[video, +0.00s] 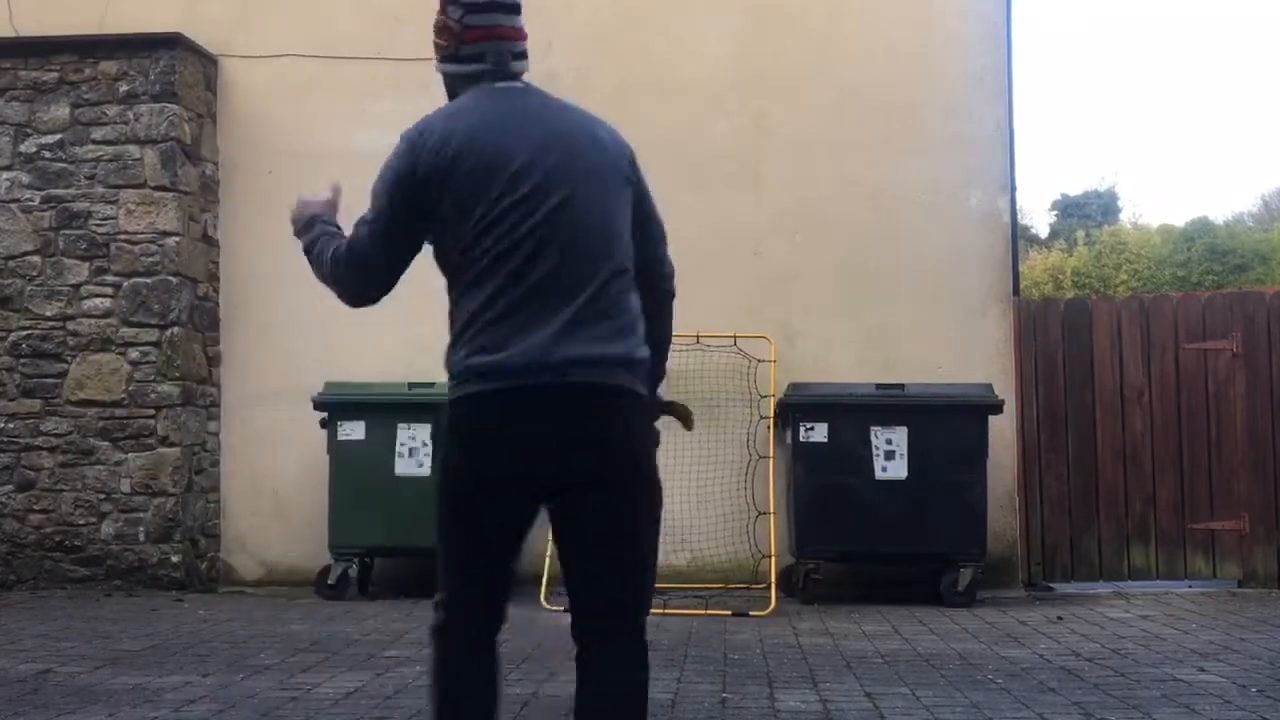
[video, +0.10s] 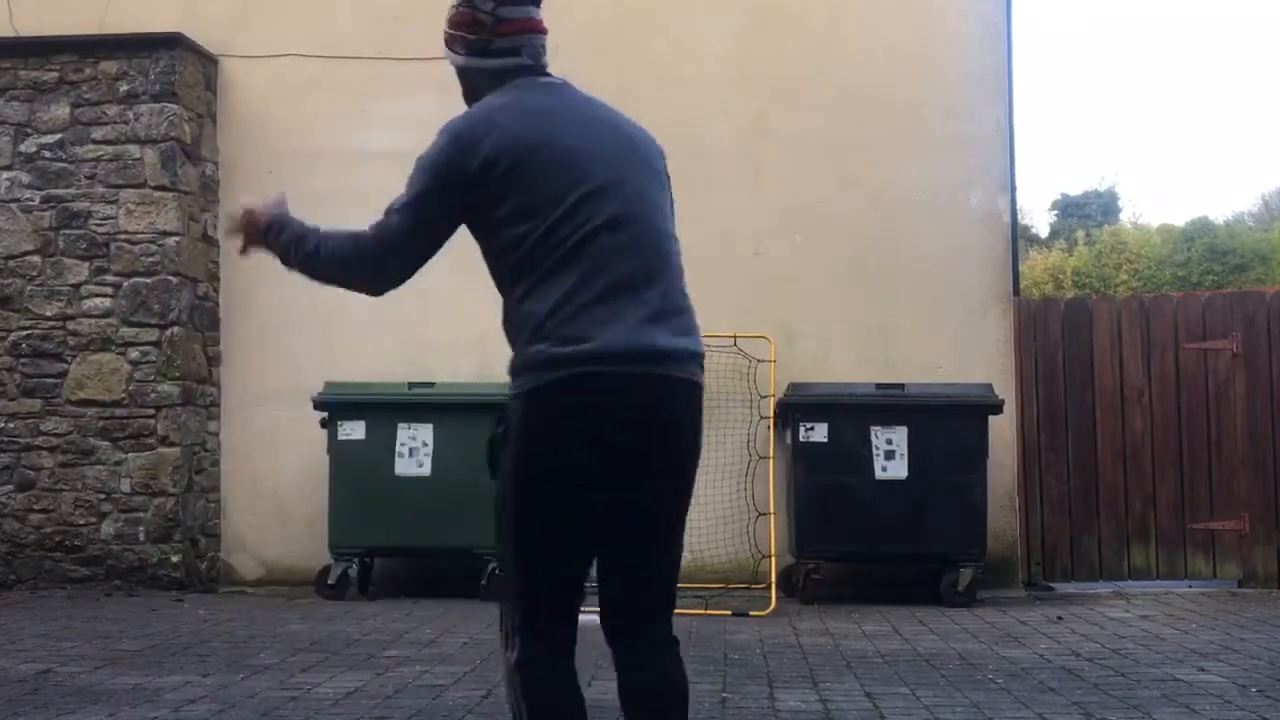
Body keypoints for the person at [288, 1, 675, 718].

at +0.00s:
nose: (440, 75)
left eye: (440, 62)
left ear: (446, 63)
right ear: (522, 58)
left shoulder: (435, 140)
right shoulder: (603, 138)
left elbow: (361, 278)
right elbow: (656, 276)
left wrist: (317, 228)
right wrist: (642, 385)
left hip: (493, 414)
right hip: (611, 412)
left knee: (468, 618)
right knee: (613, 633)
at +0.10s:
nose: (454, 81)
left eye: (455, 67)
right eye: (455, 67)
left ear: (468, 63)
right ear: (540, 54)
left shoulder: (478, 134)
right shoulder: (634, 133)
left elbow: (379, 261)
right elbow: (636, 261)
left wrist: (280, 232)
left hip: (562, 396)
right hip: (670, 394)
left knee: (540, 630)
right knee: (645, 627)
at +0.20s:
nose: (470, 83)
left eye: (469, 68)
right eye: (470, 68)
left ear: (482, 68)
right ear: (555, 59)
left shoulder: (498, 145)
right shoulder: (635, 135)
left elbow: (412, 284)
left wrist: (307, 293)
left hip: (593, 405)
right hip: (697, 402)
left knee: (550, 638)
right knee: (650, 627)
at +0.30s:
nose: (520, 97)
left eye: (521, 80)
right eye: (518, 80)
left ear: (539, 74)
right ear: (601, 64)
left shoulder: (557, 154)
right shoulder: (667, 133)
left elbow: (516, 308)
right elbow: (668, 283)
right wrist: (613, 406)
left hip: (656, 411)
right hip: (747, 405)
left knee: (570, 637)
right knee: (674, 595)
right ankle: (759, 715)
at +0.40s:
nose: (548, 93)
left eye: (551, 76)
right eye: (545, 75)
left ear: (575, 73)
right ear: (627, 65)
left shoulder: (595, 153)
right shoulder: (690, 131)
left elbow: (545, 306)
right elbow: (646, 292)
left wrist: (455, 386)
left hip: (687, 415)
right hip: (774, 409)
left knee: (600, 628)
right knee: (713, 601)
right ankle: (819, 717)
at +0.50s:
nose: (600, 104)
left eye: (603, 83)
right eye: (598, 84)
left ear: (639, 81)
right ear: (670, 77)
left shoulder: (685, 155)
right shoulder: (723, 146)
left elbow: (639, 294)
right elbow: (669, 316)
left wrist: (519, 287)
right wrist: (572, 333)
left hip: (768, 428)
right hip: (830, 421)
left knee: (668, 639)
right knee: (817, 635)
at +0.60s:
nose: (615, 112)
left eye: (619, 90)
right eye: (613, 92)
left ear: (661, 86)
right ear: (683, 82)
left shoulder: (727, 153)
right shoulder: (730, 155)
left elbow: (678, 284)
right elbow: (667, 320)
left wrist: (571, 252)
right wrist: (585, 304)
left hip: (801, 421)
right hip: (850, 418)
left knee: (673, 613)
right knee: (806, 622)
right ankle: (887, 718)